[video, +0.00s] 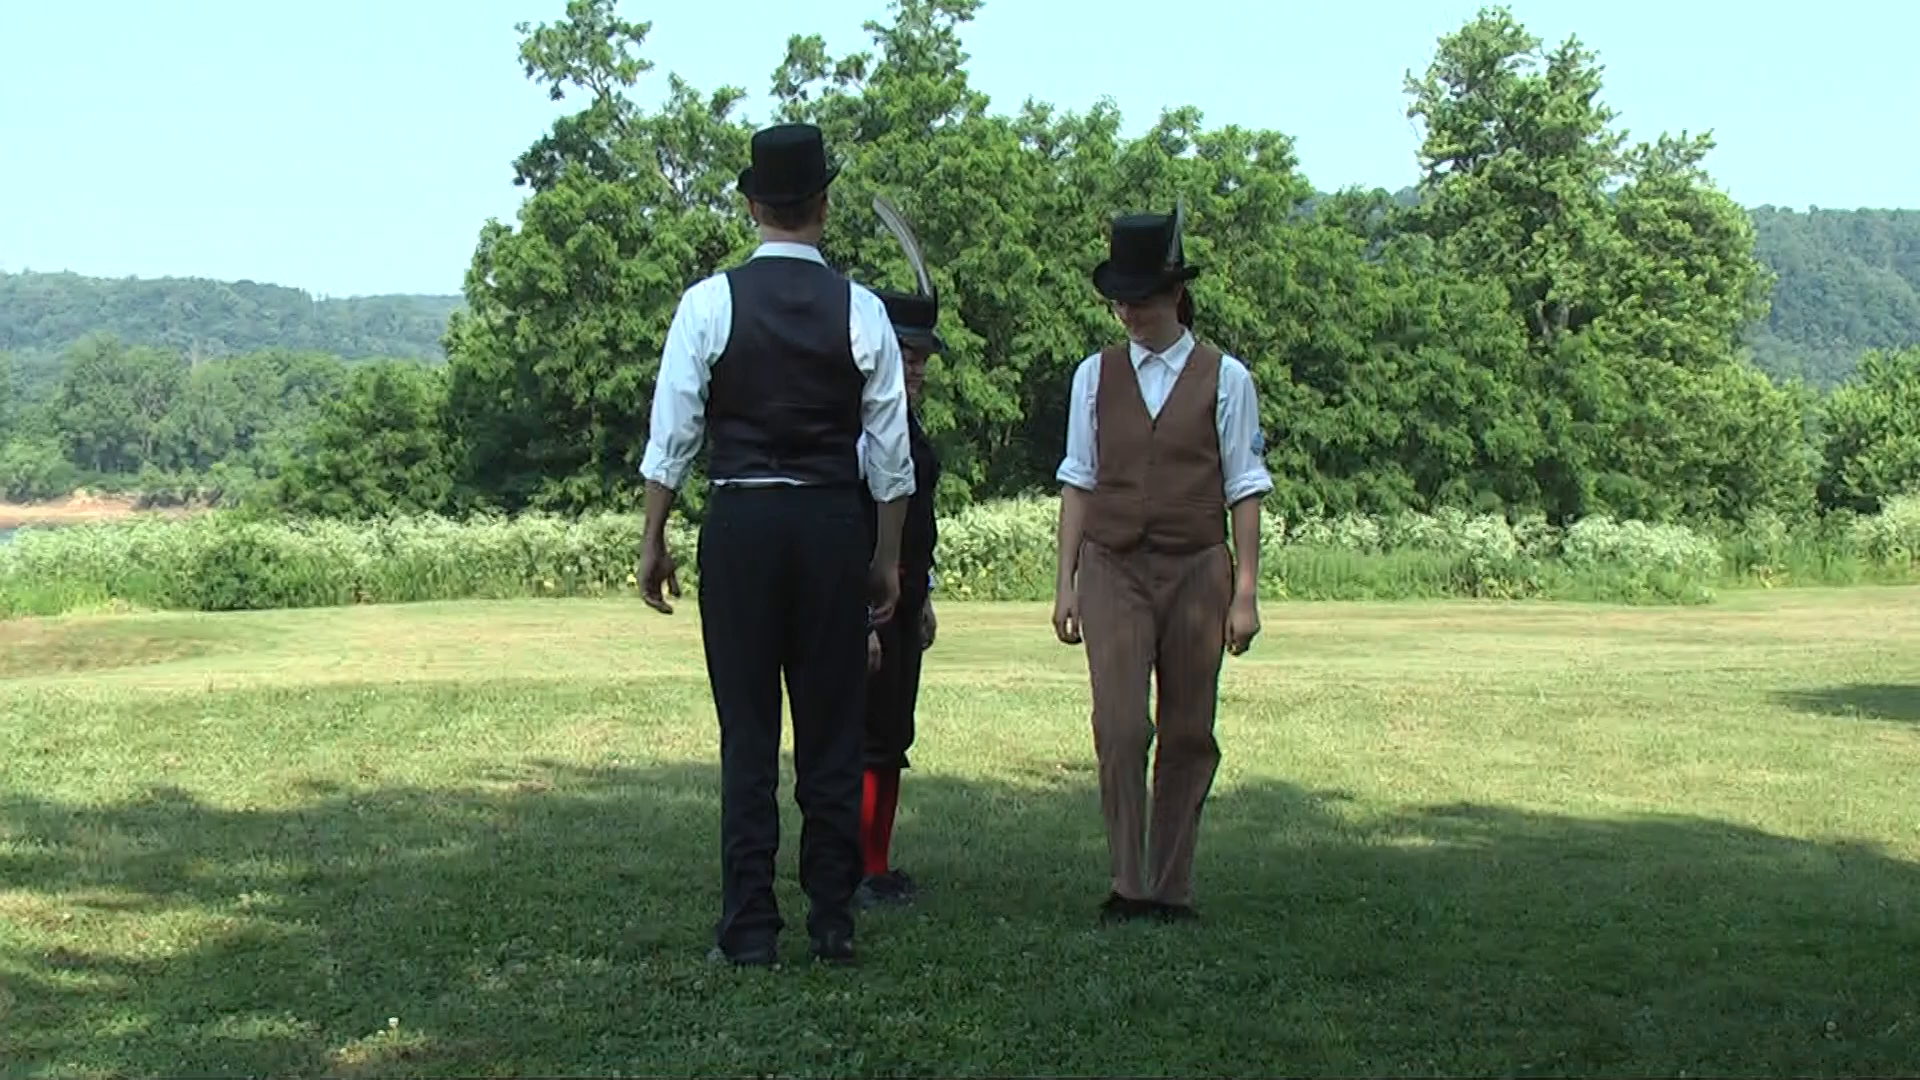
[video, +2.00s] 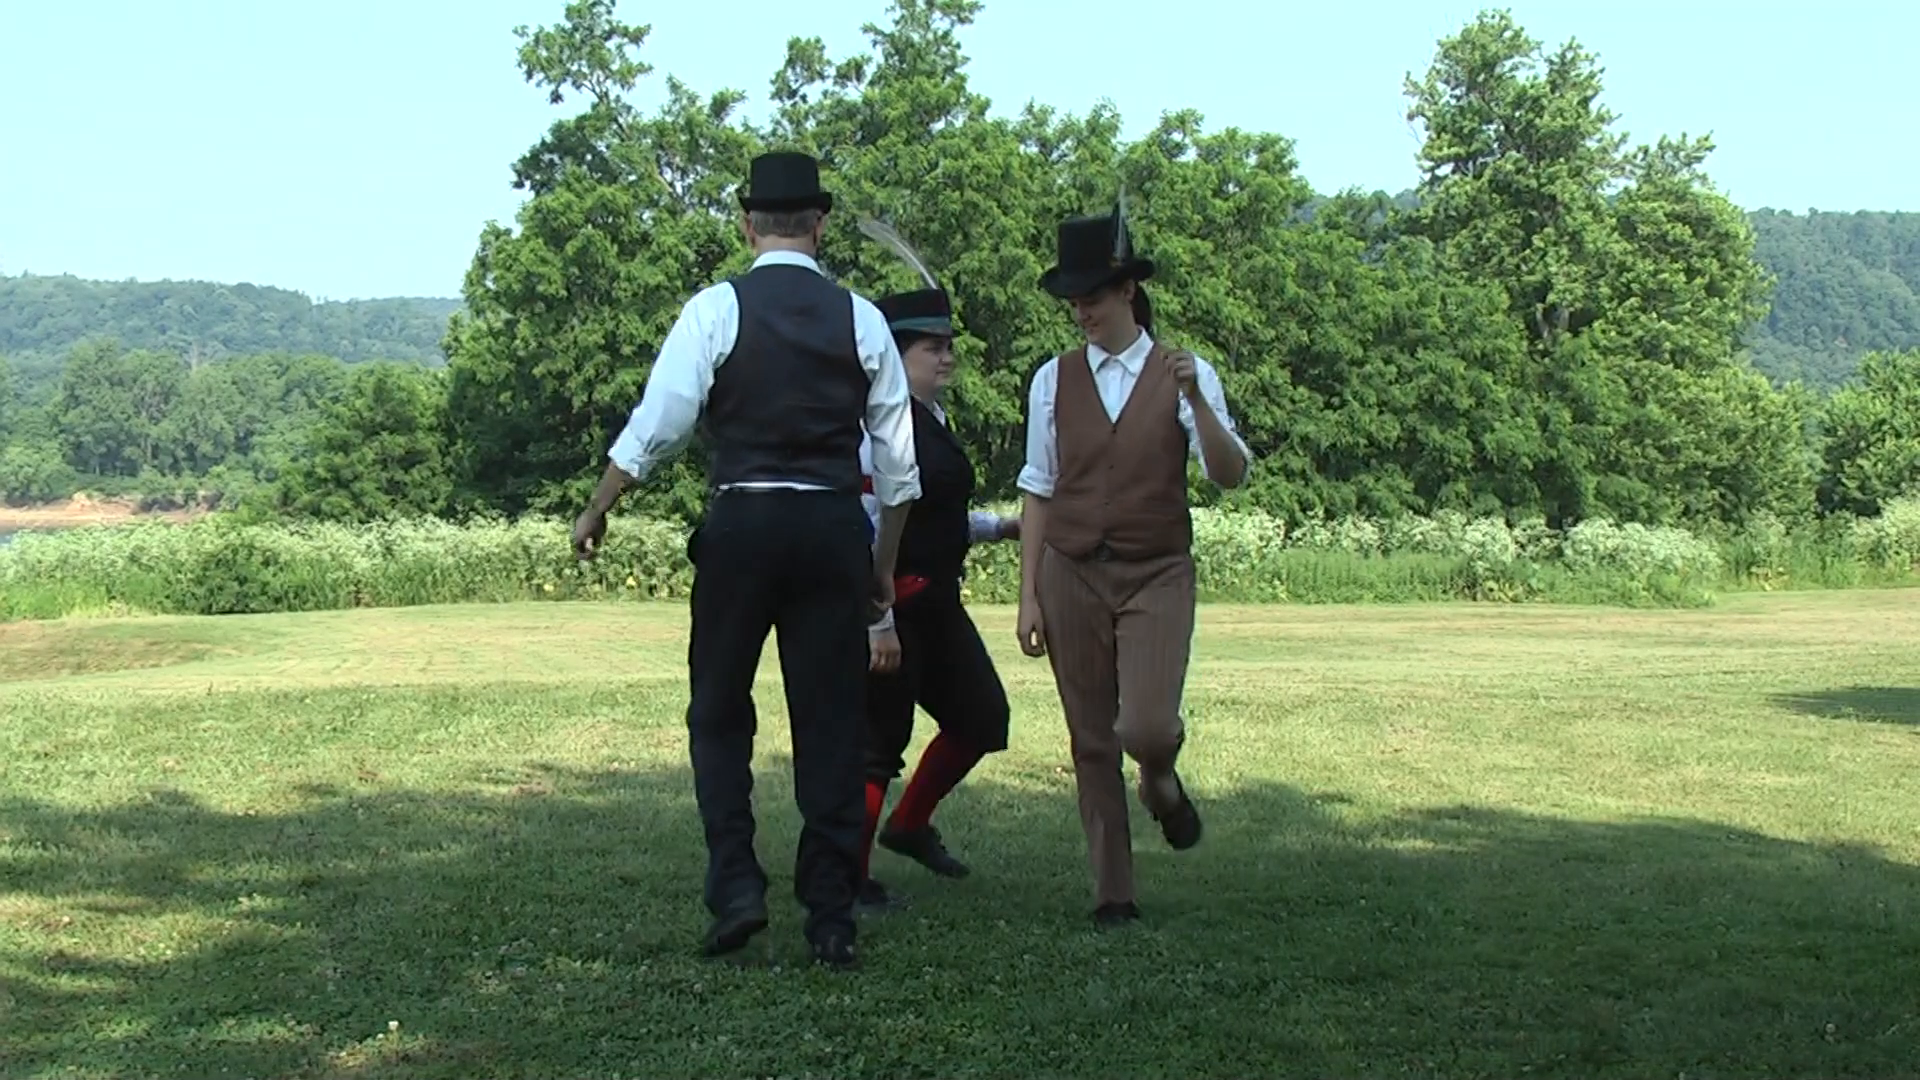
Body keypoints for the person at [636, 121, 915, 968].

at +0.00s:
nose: (777, 207)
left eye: (756, 197)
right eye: (812, 197)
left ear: (749, 205)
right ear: (824, 203)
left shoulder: (709, 301)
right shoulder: (863, 309)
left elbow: (675, 428)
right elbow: (890, 445)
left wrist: (653, 535)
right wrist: (889, 553)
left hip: (739, 533)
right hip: (836, 532)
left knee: (746, 739)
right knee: (831, 736)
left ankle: (748, 928)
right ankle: (834, 922)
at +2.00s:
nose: (765, 230)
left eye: (753, 220)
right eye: (807, 220)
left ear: (748, 224)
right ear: (823, 225)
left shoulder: (714, 308)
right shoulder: (863, 318)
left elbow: (664, 415)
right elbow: (895, 457)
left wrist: (598, 507)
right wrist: (885, 562)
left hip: (740, 527)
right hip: (836, 533)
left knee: (718, 711)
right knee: (830, 720)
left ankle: (736, 899)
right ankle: (831, 920)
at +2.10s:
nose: (747, 228)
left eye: (743, 218)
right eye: (809, 219)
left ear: (740, 222)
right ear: (813, 224)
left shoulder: (712, 299)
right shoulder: (854, 314)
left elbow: (636, 389)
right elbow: (896, 449)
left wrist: (551, 424)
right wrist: (880, 550)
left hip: (737, 520)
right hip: (830, 526)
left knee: (705, 689)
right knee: (830, 714)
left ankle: (722, 866)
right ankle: (834, 918)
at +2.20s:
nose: (787, 231)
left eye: (741, 222)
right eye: (796, 221)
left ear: (728, 226)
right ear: (799, 226)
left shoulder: (699, 301)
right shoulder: (840, 314)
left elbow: (591, 348)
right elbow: (883, 442)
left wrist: (529, 338)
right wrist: (871, 547)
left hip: (724, 521)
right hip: (815, 526)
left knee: (695, 694)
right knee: (819, 719)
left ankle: (707, 872)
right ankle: (832, 920)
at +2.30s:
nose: (750, 247)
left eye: (722, 237)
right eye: (770, 237)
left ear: (707, 242)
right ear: (777, 243)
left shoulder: (671, 315)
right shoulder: (819, 325)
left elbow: (549, 309)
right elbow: (867, 450)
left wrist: (522, 257)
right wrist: (869, 561)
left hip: (708, 533)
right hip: (800, 538)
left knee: (706, 714)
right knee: (792, 722)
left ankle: (694, 916)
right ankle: (828, 907)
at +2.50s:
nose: (761, 244)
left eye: (752, 234)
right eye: (761, 234)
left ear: (689, 241)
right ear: (751, 239)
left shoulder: (651, 308)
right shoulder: (789, 321)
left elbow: (599, 232)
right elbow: (836, 433)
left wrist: (579, 152)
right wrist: (852, 536)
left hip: (684, 529)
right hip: (775, 528)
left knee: (692, 722)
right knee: (773, 628)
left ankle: (697, 917)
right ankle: (771, 784)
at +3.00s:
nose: (819, 316)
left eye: (818, 303)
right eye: (819, 302)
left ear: (753, 285)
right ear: (802, 297)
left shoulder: (694, 328)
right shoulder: (811, 361)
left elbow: (676, 250)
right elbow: (830, 473)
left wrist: (710, 164)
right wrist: (816, 570)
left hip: (665, 541)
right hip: (745, 548)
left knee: (681, 724)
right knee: (809, 631)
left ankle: (672, 897)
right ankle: (758, 797)